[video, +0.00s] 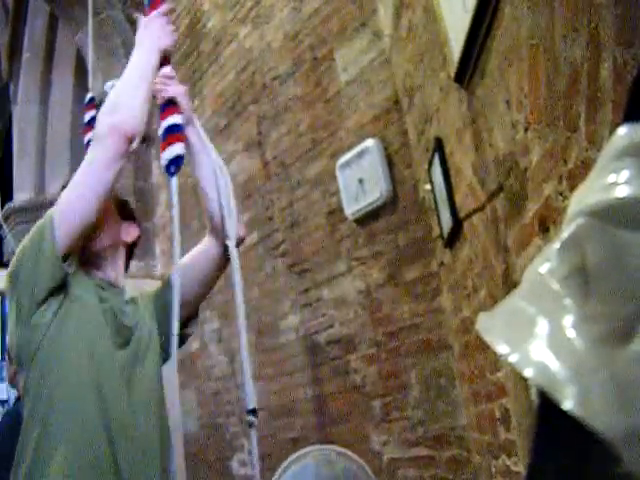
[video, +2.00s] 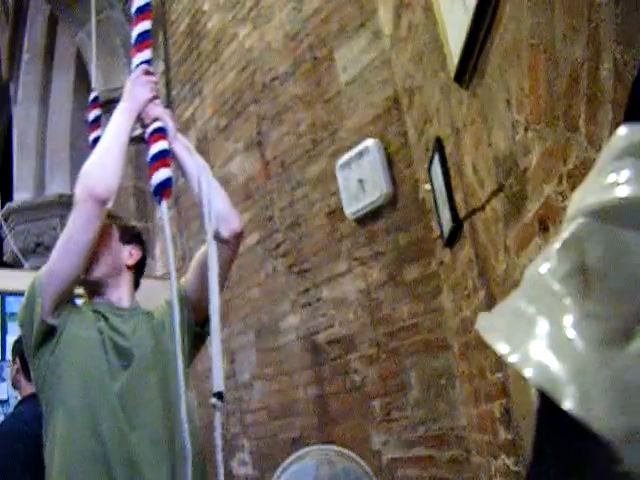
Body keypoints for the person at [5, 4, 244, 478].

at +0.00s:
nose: (99, 210)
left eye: (111, 203)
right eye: (97, 199)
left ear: (129, 230)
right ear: (74, 228)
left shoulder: (149, 317)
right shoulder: (38, 291)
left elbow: (225, 236)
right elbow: (118, 135)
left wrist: (187, 124)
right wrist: (147, 48)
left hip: (143, 470)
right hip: (56, 469)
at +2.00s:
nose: (87, 242)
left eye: (101, 234)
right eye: (87, 234)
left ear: (132, 254)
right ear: (74, 248)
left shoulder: (170, 327)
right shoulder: (52, 326)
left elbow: (228, 230)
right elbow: (93, 195)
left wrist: (172, 136)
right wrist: (128, 108)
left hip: (165, 470)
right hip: (78, 470)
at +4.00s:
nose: (136, 232)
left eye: (144, 225)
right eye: (124, 224)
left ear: (159, 246)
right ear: (106, 241)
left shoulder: (187, 324)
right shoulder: (71, 319)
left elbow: (247, 241)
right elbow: (127, 203)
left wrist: (187, 161)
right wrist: (137, 129)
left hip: (180, 472)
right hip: (92, 471)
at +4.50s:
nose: (153, 243)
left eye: (159, 232)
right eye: (141, 232)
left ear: (167, 243)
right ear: (96, 254)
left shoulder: (179, 332)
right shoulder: (63, 324)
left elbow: (251, 301)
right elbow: (127, 253)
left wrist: (195, 202)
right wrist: (144, 166)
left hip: (182, 471)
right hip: (93, 471)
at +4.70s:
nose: (152, 242)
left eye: (158, 235)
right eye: (135, 233)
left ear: (169, 251)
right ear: (104, 258)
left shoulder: (178, 334)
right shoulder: (53, 322)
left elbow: (252, 362)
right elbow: (119, 315)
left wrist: (204, 241)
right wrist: (157, 207)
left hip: (176, 472)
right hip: (85, 472)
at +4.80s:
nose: (160, 251)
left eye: (165, 241)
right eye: (143, 240)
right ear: (108, 259)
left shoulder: (180, 332)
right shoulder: (56, 321)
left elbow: (243, 402)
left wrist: (212, 280)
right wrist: (165, 243)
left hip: (175, 473)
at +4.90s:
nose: (163, 261)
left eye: (170, 248)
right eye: (148, 246)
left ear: (179, 256)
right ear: (111, 261)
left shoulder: (185, 332)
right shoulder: (60, 326)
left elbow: (237, 441)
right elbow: (86, 412)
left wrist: (217, 346)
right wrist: (170, 303)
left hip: (175, 473)